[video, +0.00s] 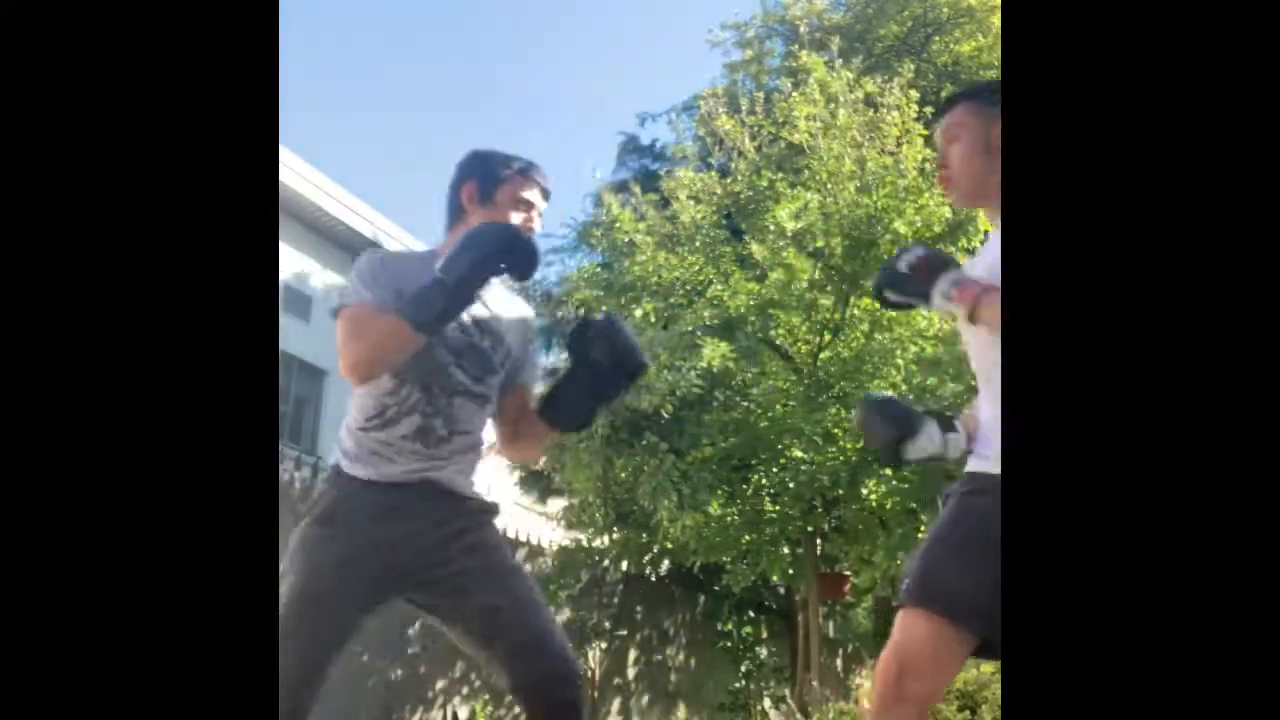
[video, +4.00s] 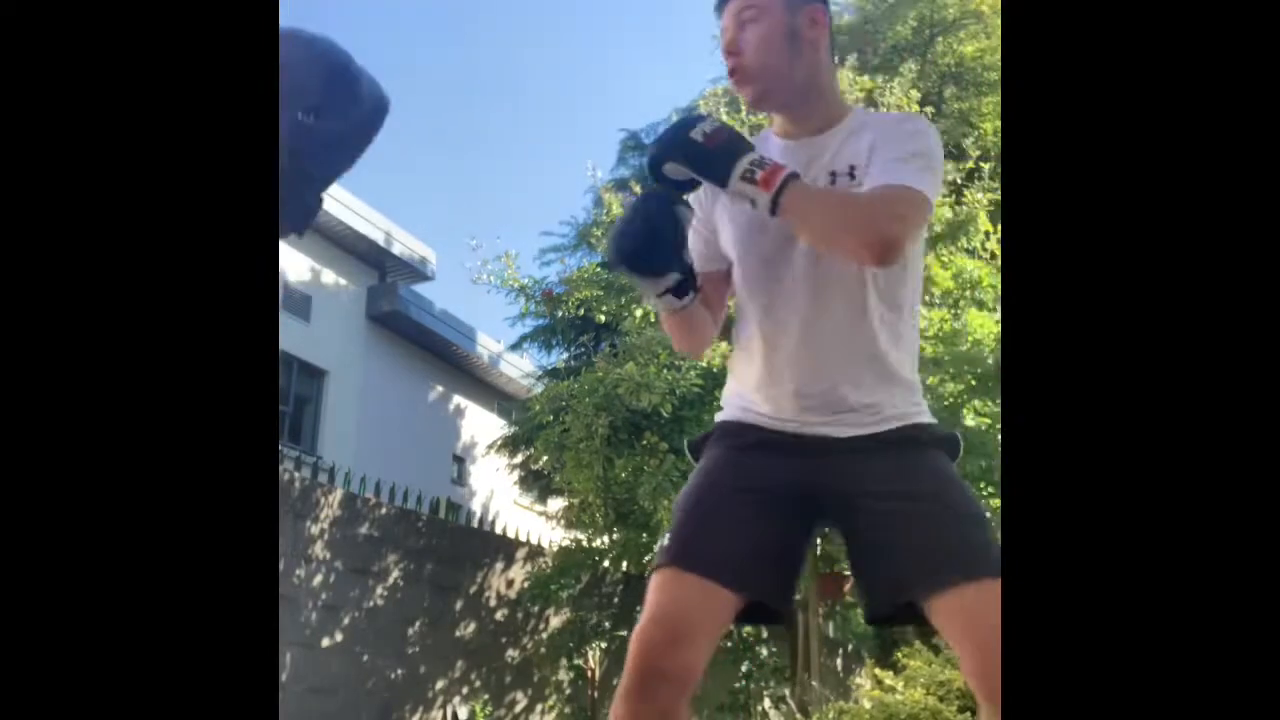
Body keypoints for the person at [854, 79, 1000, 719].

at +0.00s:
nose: (937, 163)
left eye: (949, 143)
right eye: (937, 148)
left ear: (995, 142)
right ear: (980, 149)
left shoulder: (998, 248)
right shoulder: (980, 258)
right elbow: (999, 398)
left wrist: (955, 290)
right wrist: (948, 436)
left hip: (994, 479)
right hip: (988, 476)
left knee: (901, 685)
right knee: (901, 684)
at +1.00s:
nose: (670, 280)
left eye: (667, 260)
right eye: (663, 274)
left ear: (701, 219)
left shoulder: (805, 244)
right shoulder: (740, 319)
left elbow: (721, 357)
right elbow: (680, 421)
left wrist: (652, 288)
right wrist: (643, 317)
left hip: (927, 484)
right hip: (836, 500)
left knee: (997, 669)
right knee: (728, 672)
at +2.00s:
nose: (928, 143)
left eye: (946, 121)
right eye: (921, 128)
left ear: (999, 126)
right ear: (914, 139)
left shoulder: (999, 233)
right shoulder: (882, 219)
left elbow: (999, 372)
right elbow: (825, 311)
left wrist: (945, 275)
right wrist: (836, 359)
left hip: (978, 471)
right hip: (858, 467)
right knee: (764, 669)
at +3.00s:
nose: (669, 141)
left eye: (677, 118)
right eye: (660, 133)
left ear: (723, 98)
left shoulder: (832, 155)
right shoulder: (703, 236)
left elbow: (748, 244)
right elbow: (650, 339)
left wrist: (657, 149)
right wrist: (618, 207)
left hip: (928, 452)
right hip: (801, 464)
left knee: (1001, 665)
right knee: (692, 663)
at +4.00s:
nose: (727, 51)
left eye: (745, 24)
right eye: (724, 37)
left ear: (813, 25)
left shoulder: (899, 134)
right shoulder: (722, 177)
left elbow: (882, 237)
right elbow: (695, 337)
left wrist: (744, 171)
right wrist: (664, 275)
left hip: (890, 434)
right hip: (754, 435)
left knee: (997, 662)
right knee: (656, 666)